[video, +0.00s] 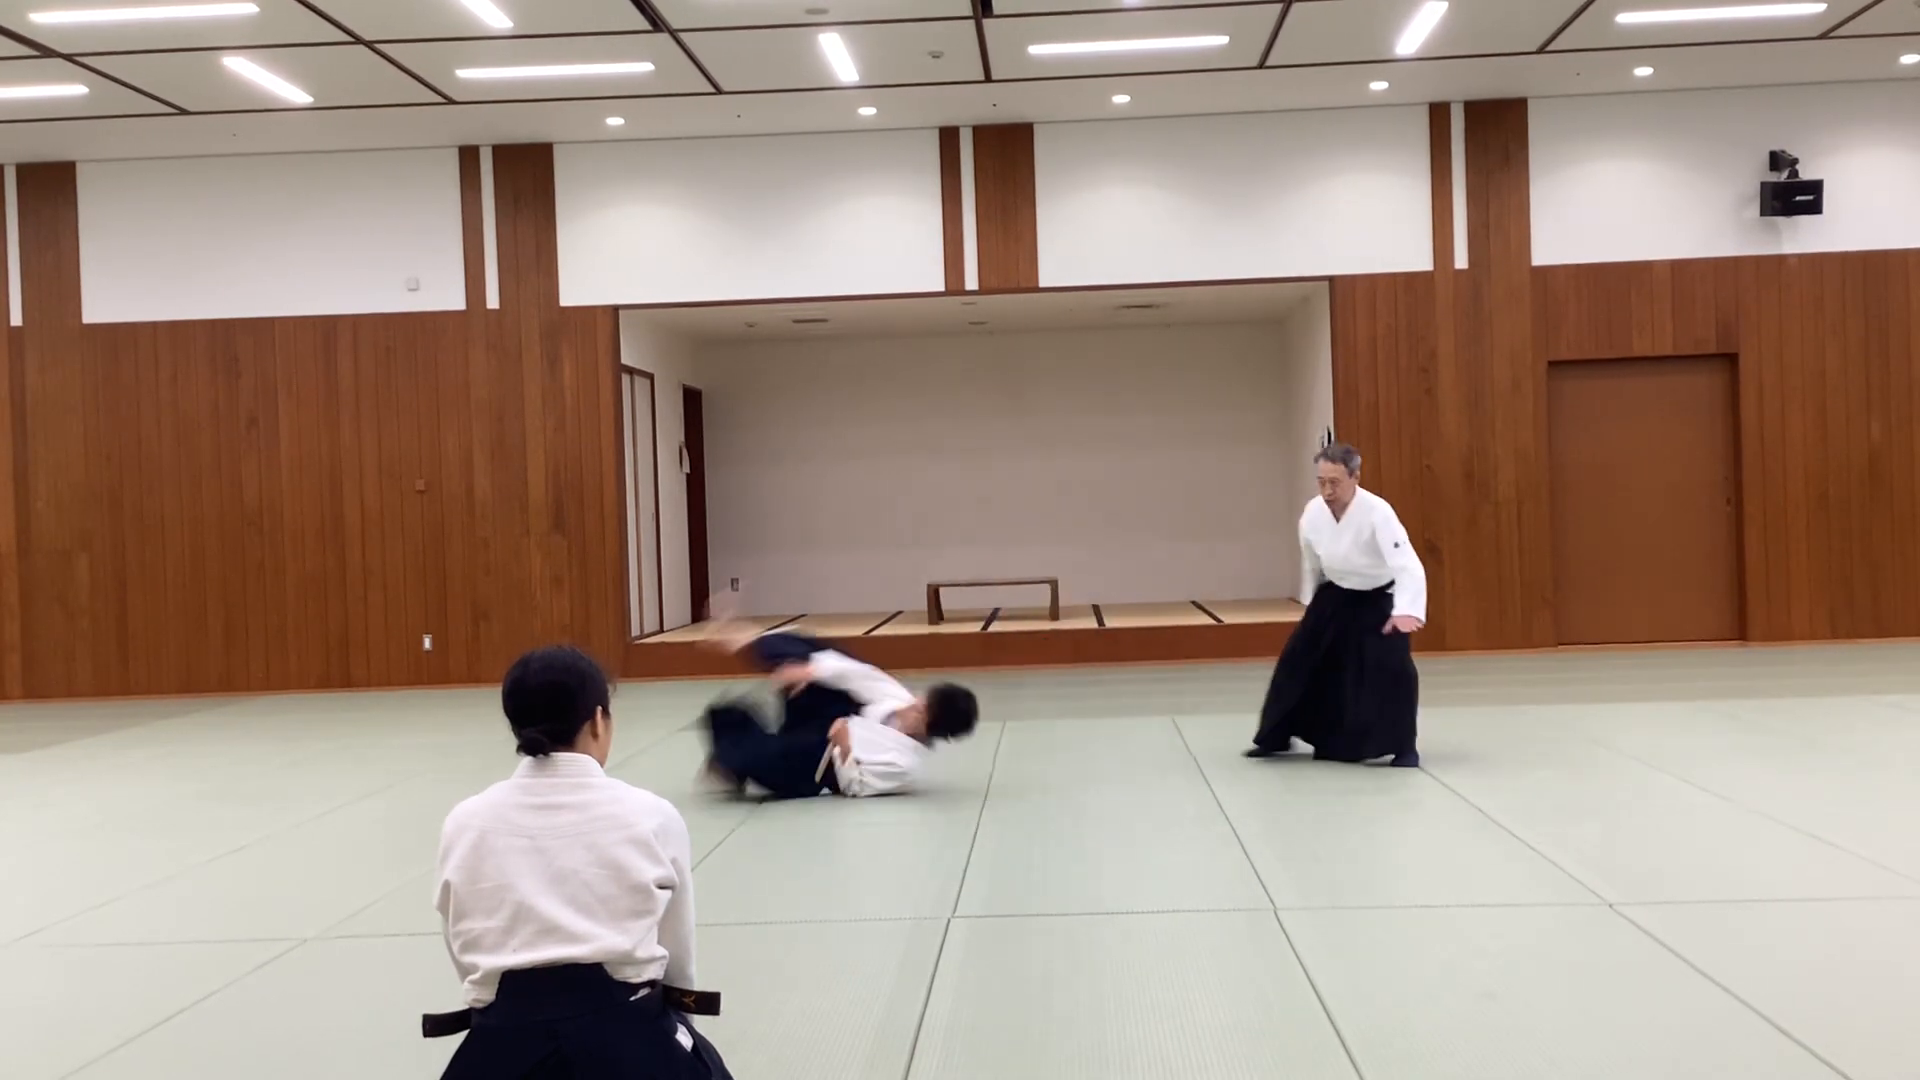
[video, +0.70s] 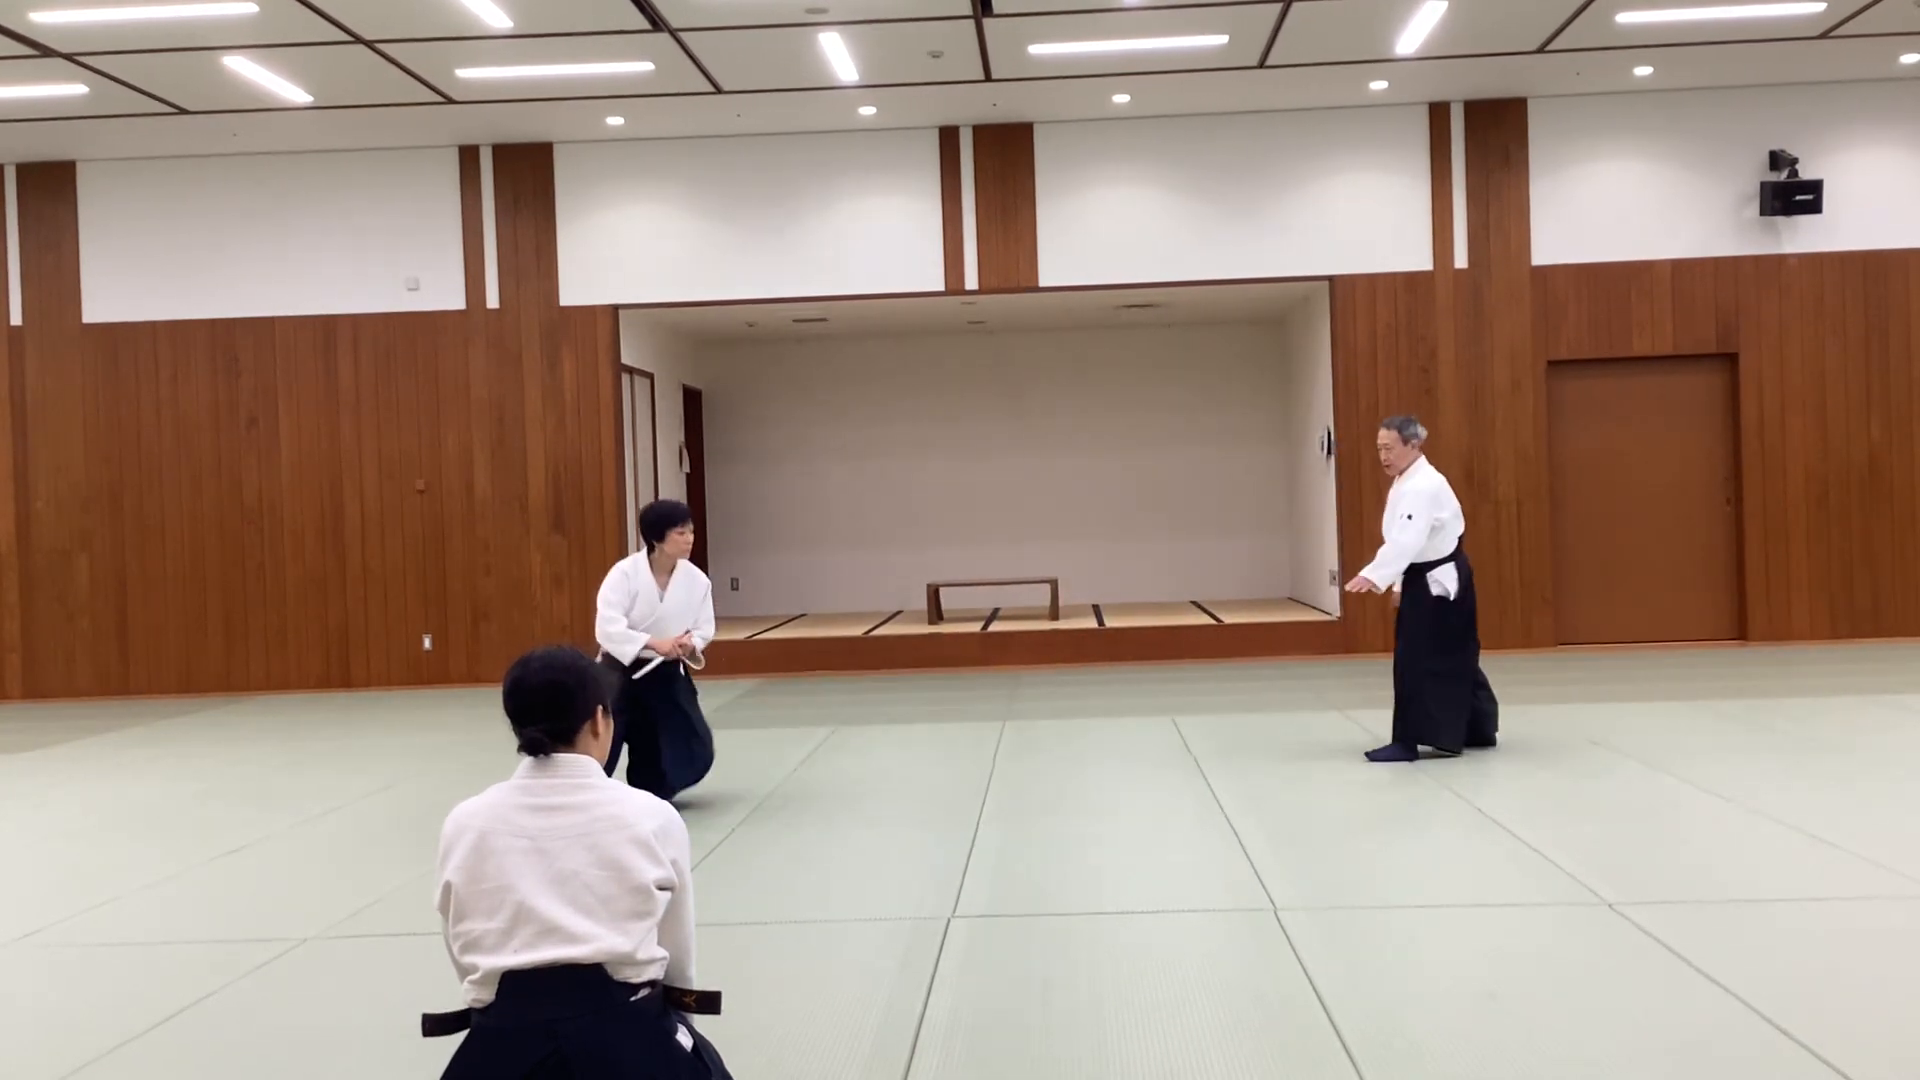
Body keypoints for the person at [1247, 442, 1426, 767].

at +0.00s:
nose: (1327, 490)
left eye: (1335, 482)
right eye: (1322, 482)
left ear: (1355, 479)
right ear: (1317, 480)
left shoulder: (1378, 513)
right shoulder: (1313, 512)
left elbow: (1408, 565)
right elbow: (1310, 565)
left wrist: (1407, 609)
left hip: (1377, 599)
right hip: (1334, 596)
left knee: (1396, 669)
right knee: (1296, 658)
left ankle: (1405, 749)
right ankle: (1274, 737)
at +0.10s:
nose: (1336, 490)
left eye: (1344, 482)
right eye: (1331, 482)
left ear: (1365, 479)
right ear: (1327, 479)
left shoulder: (1389, 512)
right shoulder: (1325, 513)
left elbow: (1419, 562)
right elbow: (1332, 565)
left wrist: (1425, 608)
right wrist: (1338, 600)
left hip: (1391, 600)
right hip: (1350, 598)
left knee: (1397, 669)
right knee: (1328, 661)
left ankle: (1403, 749)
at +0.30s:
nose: (1351, 480)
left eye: (1359, 472)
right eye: (1346, 472)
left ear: (1381, 470)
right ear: (1343, 470)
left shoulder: (1403, 505)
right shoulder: (1344, 507)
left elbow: (1428, 553)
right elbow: (1352, 555)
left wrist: (1436, 598)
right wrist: (1349, 593)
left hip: (1414, 592)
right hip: (1380, 592)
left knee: (1404, 668)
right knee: (1374, 666)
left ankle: (1407, 751)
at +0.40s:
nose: (1357, 472)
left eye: (1365, 465)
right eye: (1354, 465)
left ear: (1388, 463)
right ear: (1350, 463)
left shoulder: (1408, 500)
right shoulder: (1354, 502)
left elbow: (1426, 548)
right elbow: (1364, 550)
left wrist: (1426, 591)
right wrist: (1354, 592)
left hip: (1424, 588)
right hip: (1392, 588)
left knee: (1407, 663)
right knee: (1409, 662)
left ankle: (1406, 746)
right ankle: (1464, 719)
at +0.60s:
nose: (1375, 460)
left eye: (1382, 453)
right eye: (1372, 453)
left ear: (1406, 451)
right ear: (1372, 454)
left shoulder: (1419, 490)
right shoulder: (1387, 491)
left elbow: (1414, 543)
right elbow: (1394, 543)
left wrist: (1384, 579)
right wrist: (1386, 581)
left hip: (1436, 582)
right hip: (1415, 580)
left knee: (1412, 659)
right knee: (1450, 655)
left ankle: (1408, 743)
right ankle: (1476, 726)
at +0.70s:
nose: (1383, 456)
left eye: (1389, 448)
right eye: (1380, 448)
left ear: (1413, 447)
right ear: (1380, 448)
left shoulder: (1422, 486)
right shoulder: (1409, 480)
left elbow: (1407, 541)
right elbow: (1409, 538)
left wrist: (1373, 574)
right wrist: (1401, 578)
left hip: (1433, 581)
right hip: (1436, 575)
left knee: (1411, 660)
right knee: (1454, 656)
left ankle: (1405, 742)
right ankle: (1478, 729)